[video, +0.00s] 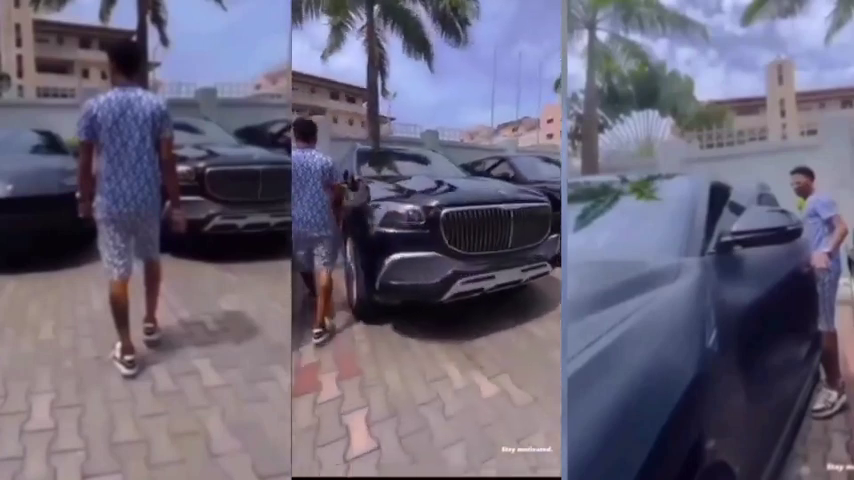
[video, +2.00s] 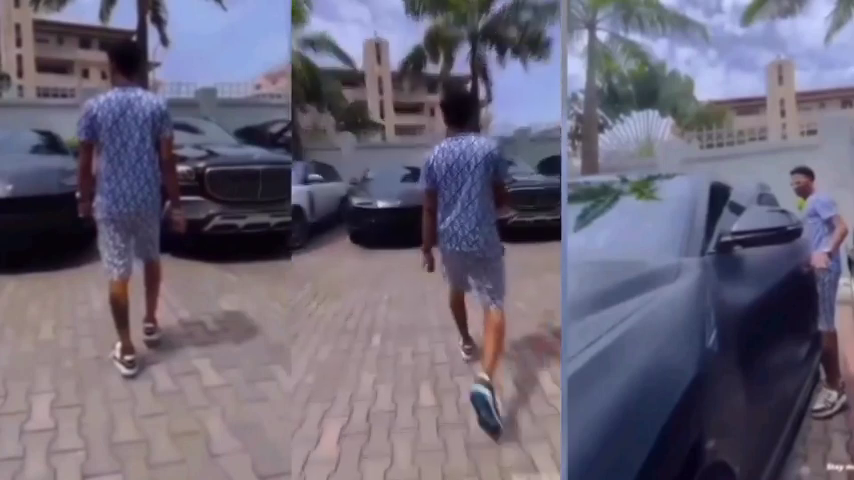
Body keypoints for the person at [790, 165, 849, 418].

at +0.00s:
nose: (796, 188)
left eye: (799, 183)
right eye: (794, 185)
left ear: (811, 181)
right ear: (796, 185)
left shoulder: (821, 201)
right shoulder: (808, 206)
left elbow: (841, 228)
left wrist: (827, 252)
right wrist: (809, 256)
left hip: (825, 269)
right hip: (814, 269)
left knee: (825, 328)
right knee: (821, 327)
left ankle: (835, 388)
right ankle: (831, 385)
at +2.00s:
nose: (796, 187)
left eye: (799, 183)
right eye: (793, 184)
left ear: (811, 181)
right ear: (797, 185)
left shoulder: (821, 201)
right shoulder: (809, 205)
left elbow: (842, 227)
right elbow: (820, 234)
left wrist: (827, 253)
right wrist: (810, 255)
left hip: (825, 268)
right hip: (815, 268)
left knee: (825, 327)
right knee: (822, 327)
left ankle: (834, 388)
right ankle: (830, 385)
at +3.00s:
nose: (796, 187)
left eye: (799, 183)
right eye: (793, 184)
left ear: (811, 181)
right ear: (797, 185)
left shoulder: (821, 201)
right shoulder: (809, 205)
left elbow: (842, 227)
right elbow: (820, 234)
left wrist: (827, 253)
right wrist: (810, 255)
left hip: (825, 268)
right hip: (815, 268)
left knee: (825, 327)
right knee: (822, 327)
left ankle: (834, 388)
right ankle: (830, 385)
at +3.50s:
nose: (796, 187)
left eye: (799, 183)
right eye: (793, 184)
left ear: (811, 181)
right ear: (797, 185)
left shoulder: (821, 201)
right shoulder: (809, 205)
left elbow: (842, 227)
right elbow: (820, 234)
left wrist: (827, 253)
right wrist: (810, 255)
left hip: (825, 268)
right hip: (815, 268)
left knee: (825, 327)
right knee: (822, 327)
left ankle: (834, 388)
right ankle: (830, 385)